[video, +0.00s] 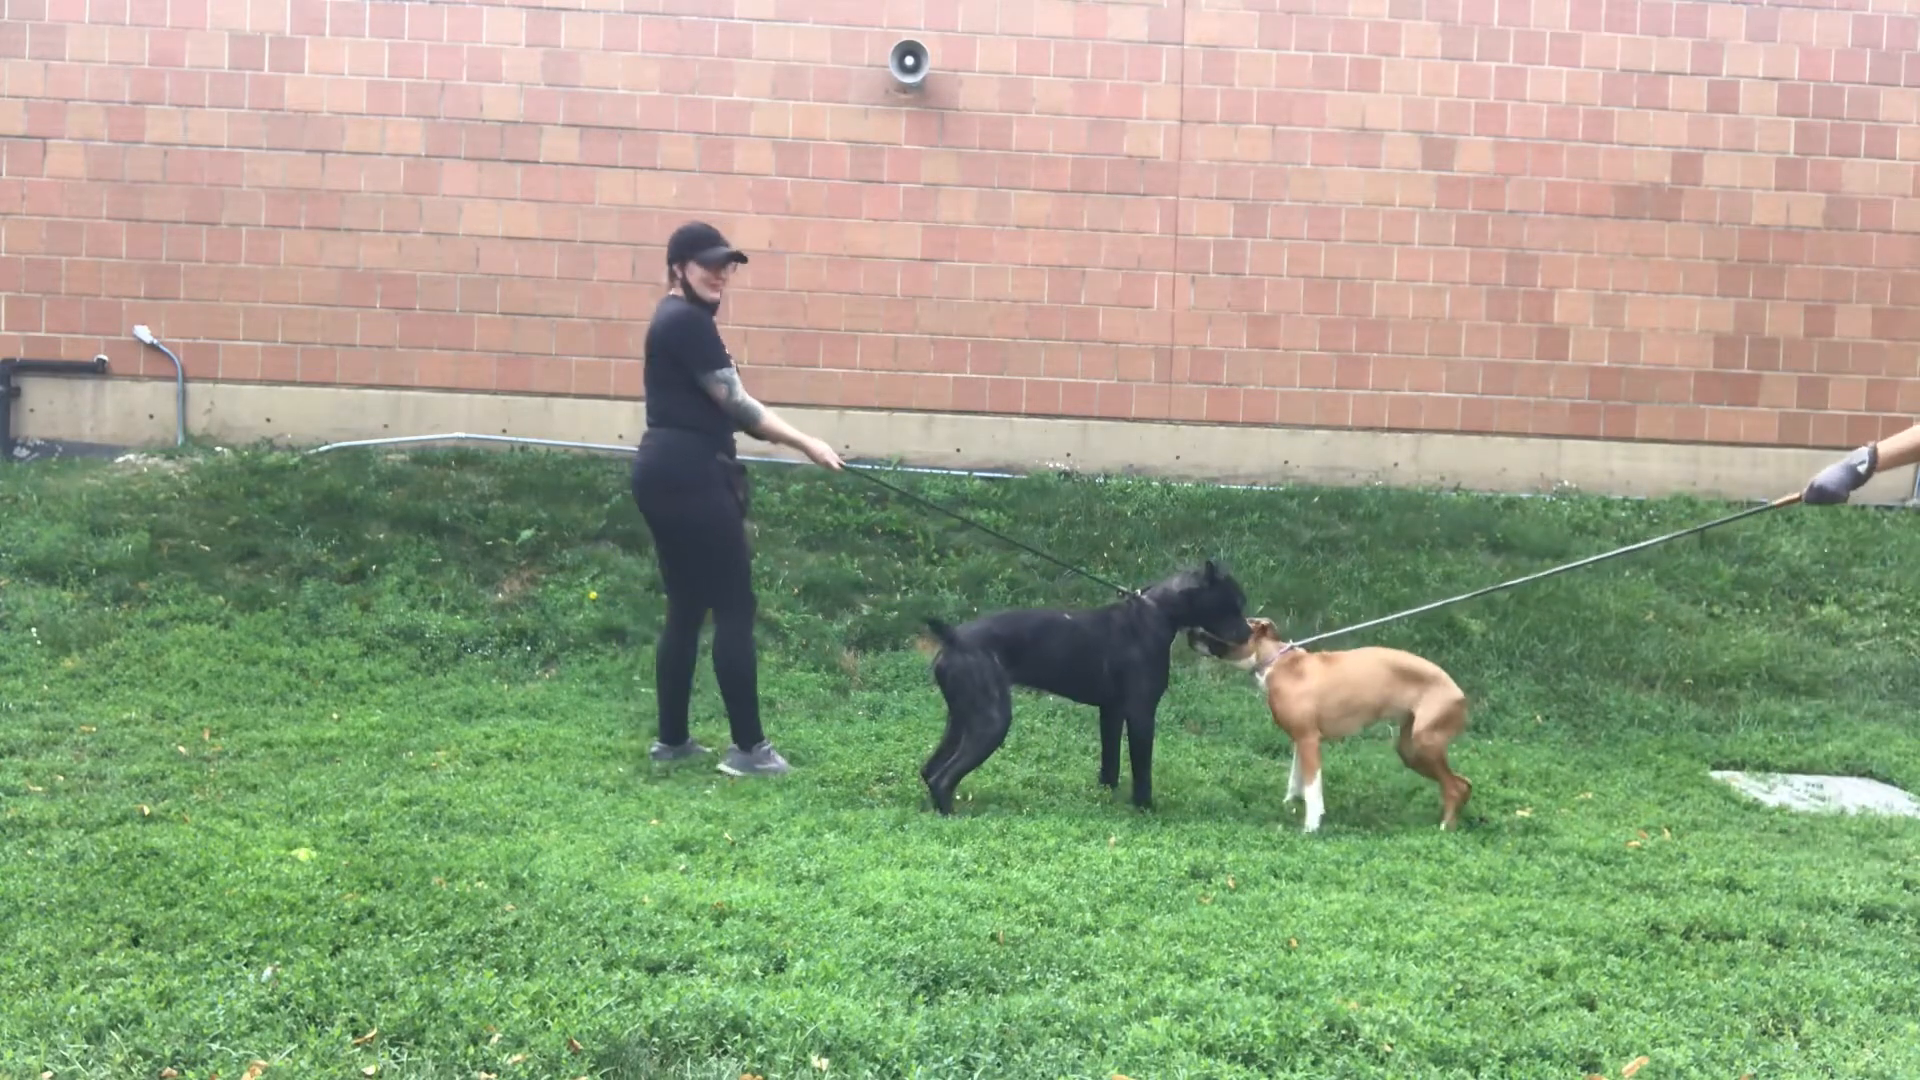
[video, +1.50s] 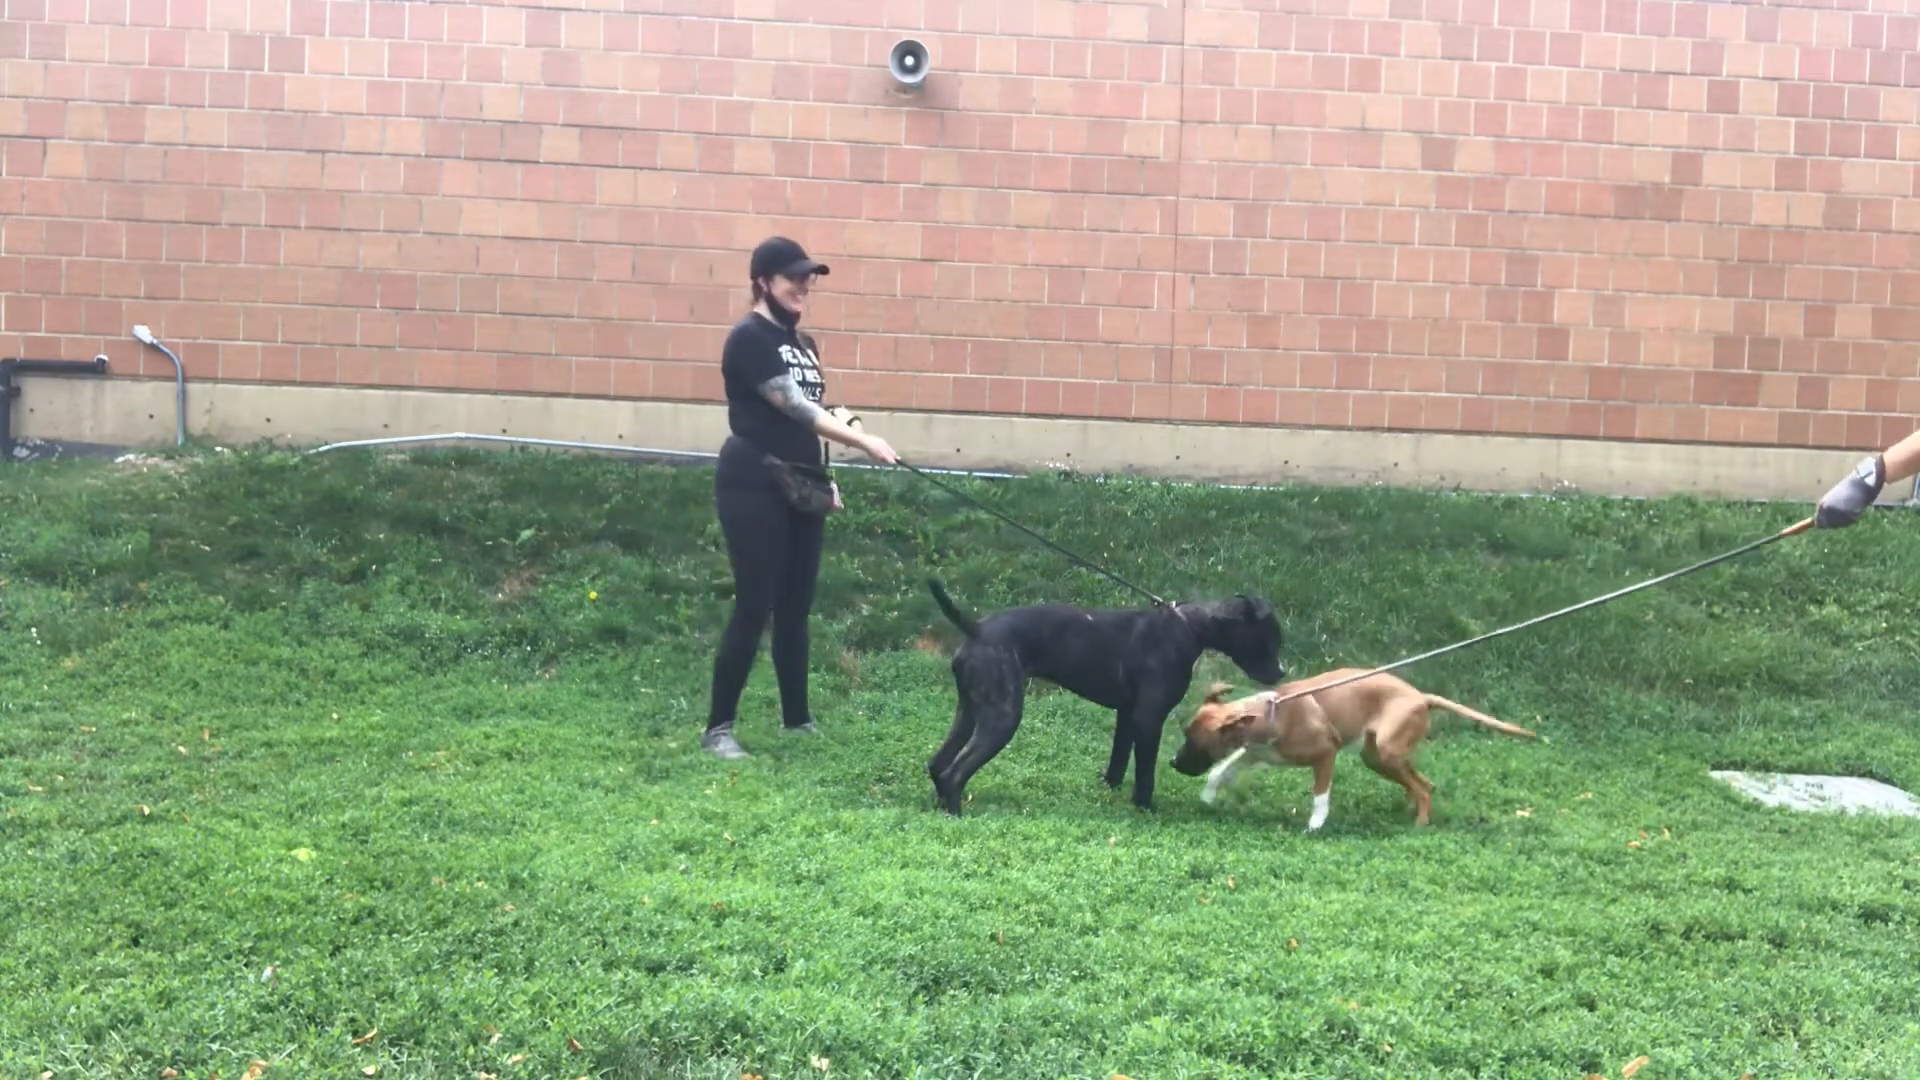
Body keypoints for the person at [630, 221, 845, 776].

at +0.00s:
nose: (722, 274)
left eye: (725, 265)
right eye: (711, 264)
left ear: (721, 269)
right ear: (681, 268)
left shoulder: (673, 316)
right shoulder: (689, 320)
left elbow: (719, 402)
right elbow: (737, 405)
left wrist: (772, 430)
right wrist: (806, 442)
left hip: (665, 466)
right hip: (691, 470)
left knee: (685, 606)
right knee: (735, 607)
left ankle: (672, 741)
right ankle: (749, 748)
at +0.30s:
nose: (711, 269)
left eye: (717, 260)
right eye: (698, 262)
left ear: (725, 266)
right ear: (675, 270)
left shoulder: (687, 319)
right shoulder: (688, 323)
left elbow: (727, 401)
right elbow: (740, 400)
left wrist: (777, 426)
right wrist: (810, 436)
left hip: (676, 465)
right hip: (699, 469)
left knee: (687, 603)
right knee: (738, 601)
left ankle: (672, 742)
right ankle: (733, 741)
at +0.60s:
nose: (742, 275)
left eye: (745, 266)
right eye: (730, 265)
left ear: (744, 270)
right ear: (700, 271)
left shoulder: (706, 319)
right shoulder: (706, 322)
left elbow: (738, 402)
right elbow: (754, 401)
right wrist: (825, 438)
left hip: (708, 467)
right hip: (713, 470)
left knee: (732, 599)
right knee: (745, 601)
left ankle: (691, 720)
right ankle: (723, 741)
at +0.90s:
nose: (771, 284)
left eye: (775, 276)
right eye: (762, 274)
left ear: (759, 277)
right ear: (729, 274)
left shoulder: (740, 323)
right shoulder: (722, 324)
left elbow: (761, 404)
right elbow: (766, 401)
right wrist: (839, 438)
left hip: (760, 470)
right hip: (728, 472)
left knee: (783, 597)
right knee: (731, 607)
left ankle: (795, 719)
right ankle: (727, 740)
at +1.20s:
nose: (791, 289)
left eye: (795, 280)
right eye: (781, 279)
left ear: (797, 284)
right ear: (750, 283)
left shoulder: (793, 341)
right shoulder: (737, 338)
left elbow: (797, 413)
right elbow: (779, 407)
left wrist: (825, 422)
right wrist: (854, 441)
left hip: (795, 480)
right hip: (749, 480)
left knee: (791, 604)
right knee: (767, 602)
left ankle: (798, 723)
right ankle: (730, 736)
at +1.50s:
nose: (804, 287)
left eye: (808, 279)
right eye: (794, 278)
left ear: (808, 283)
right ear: (764, 281)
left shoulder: (803, 343)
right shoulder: (749, 338)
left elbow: (805, 420)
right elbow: (794, 406)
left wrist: (822, 480)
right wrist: (865, 439)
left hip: (802, 481)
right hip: (754, 478)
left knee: (795, 605)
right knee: (754, 603)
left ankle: (797, 723)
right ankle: (718, 729)